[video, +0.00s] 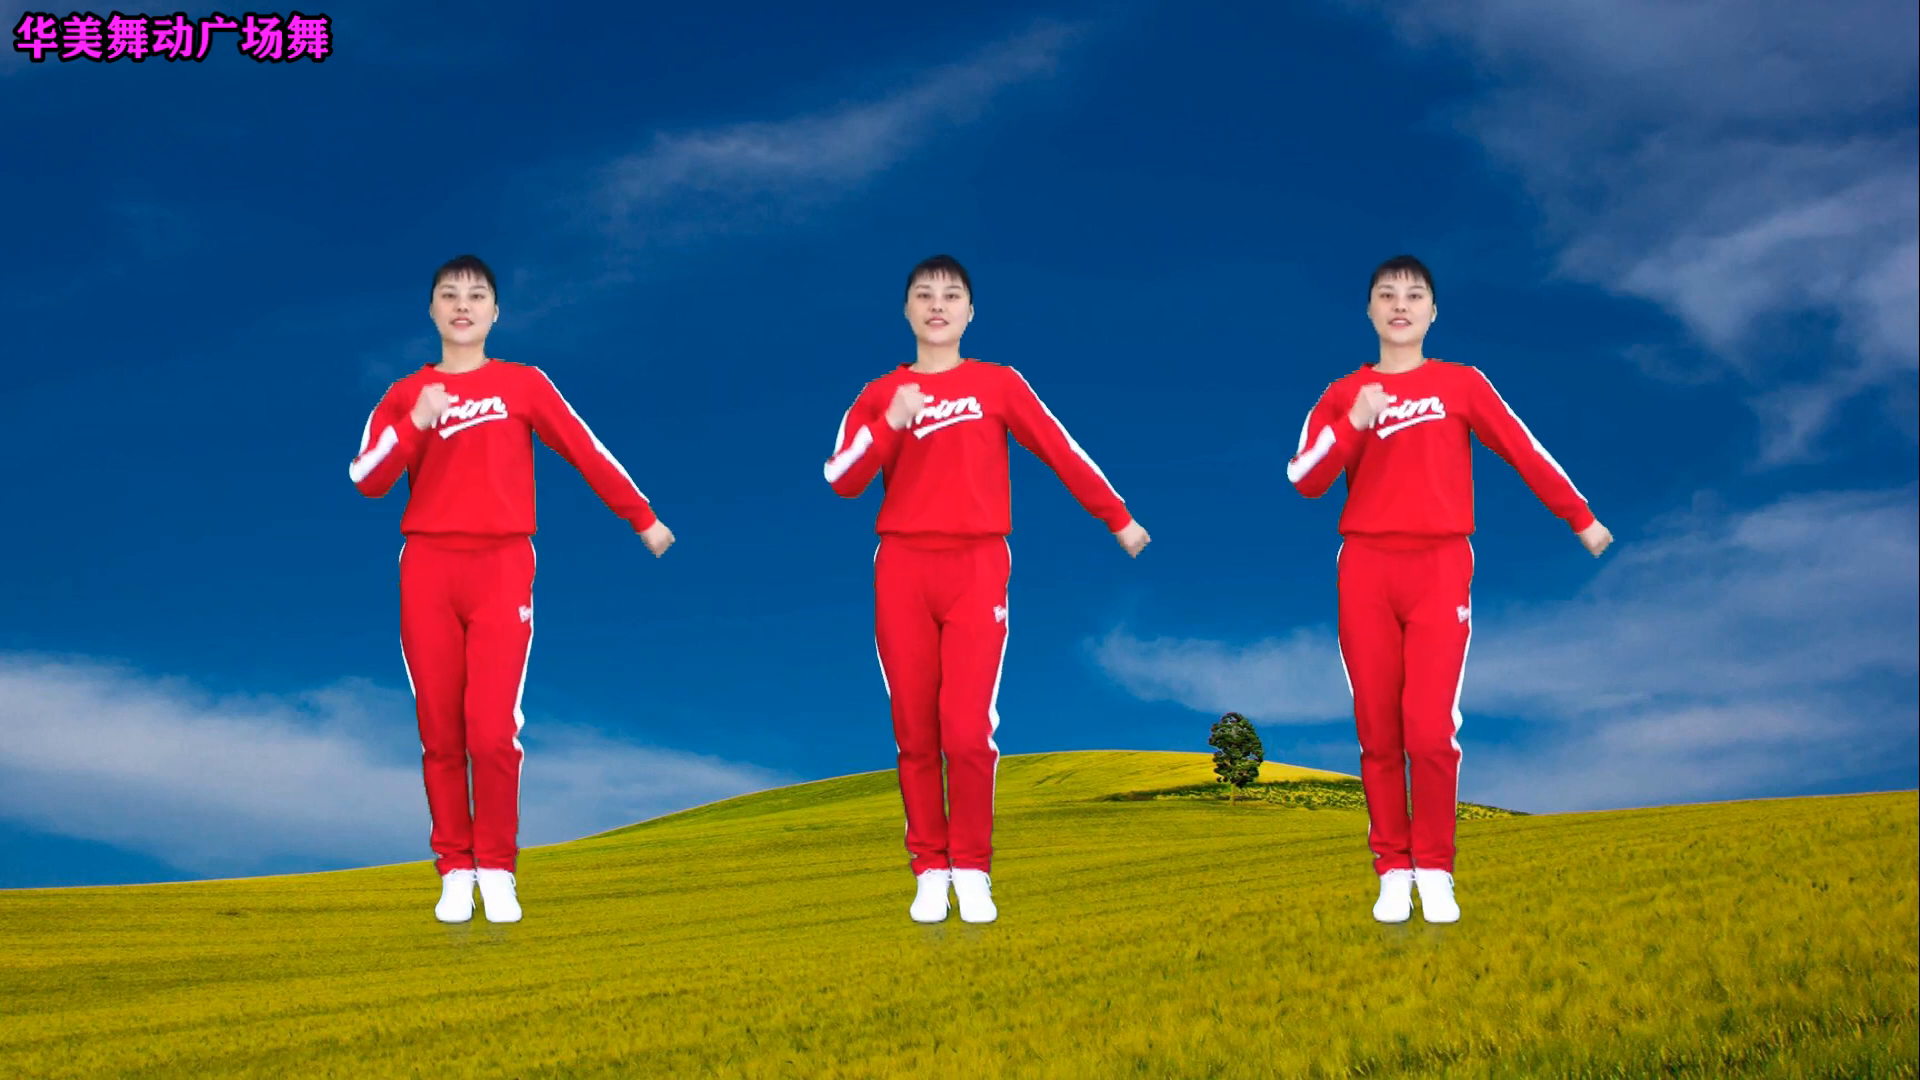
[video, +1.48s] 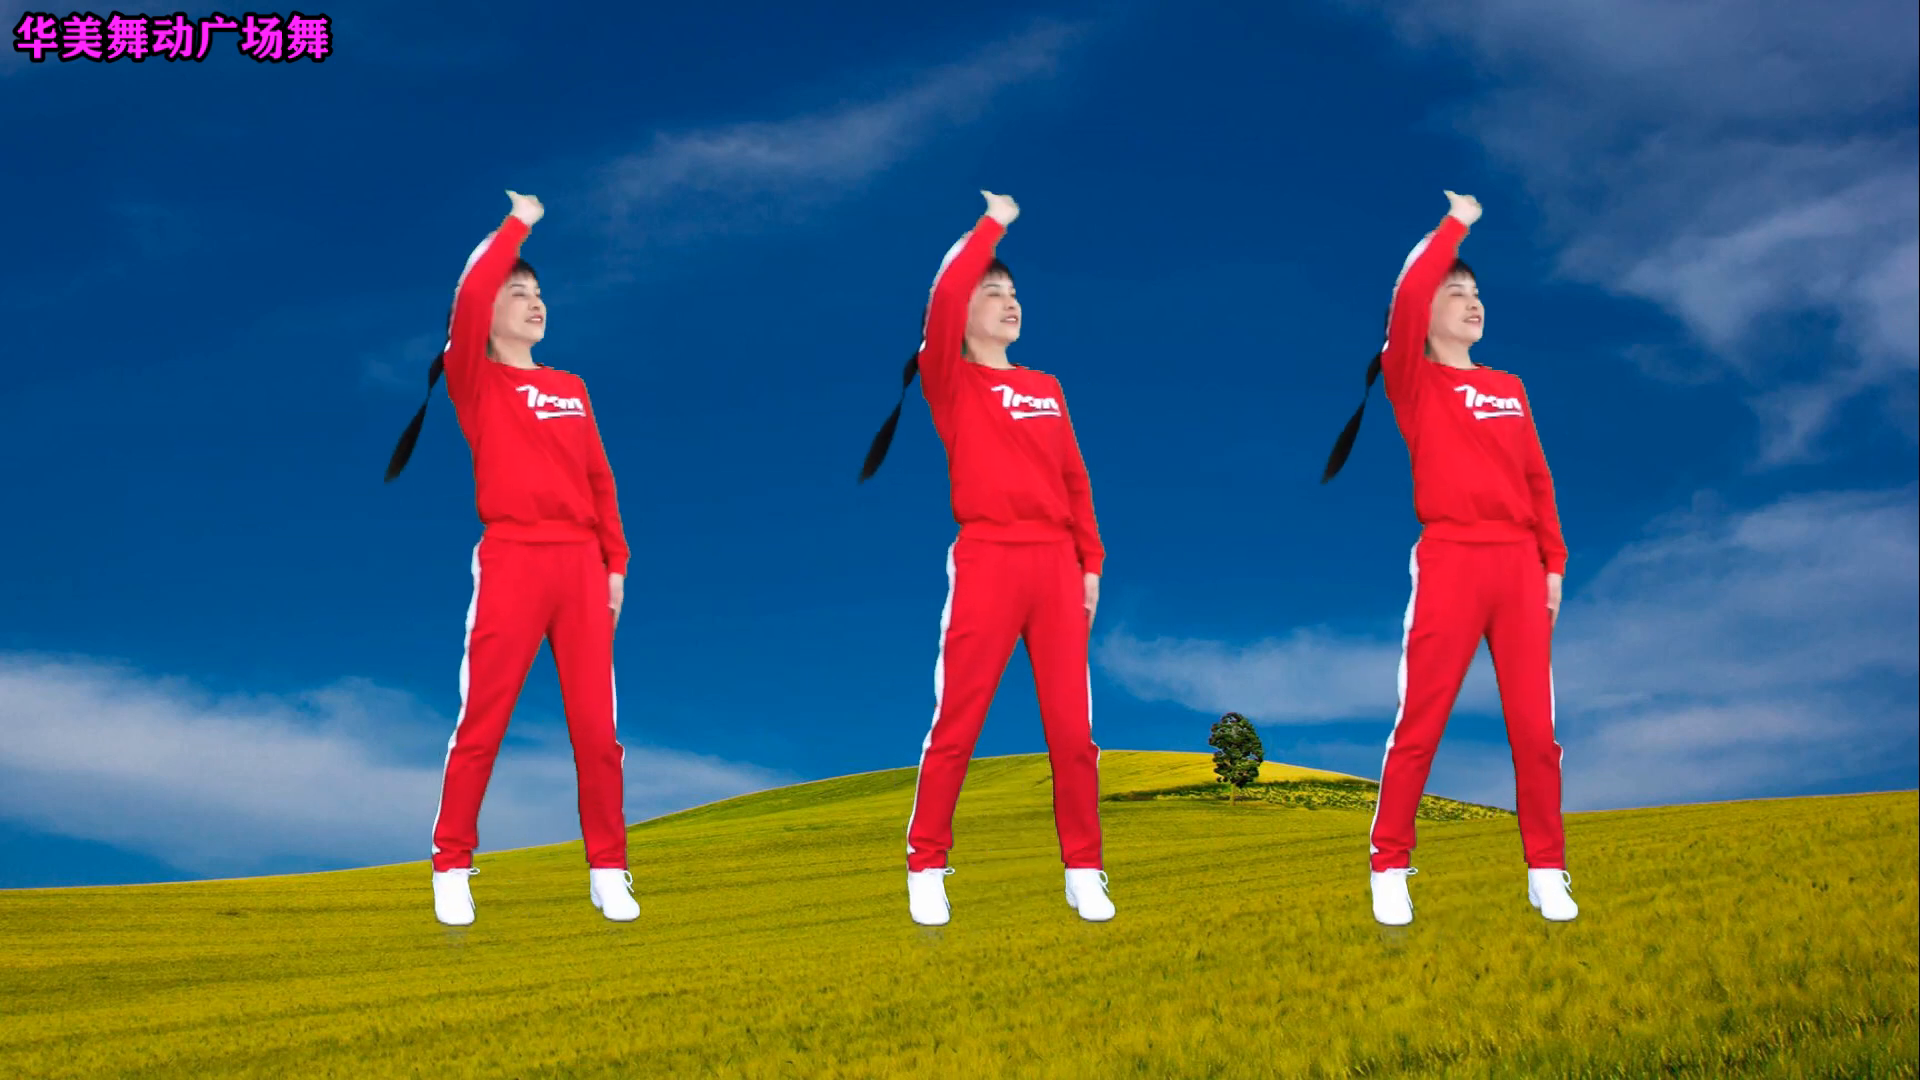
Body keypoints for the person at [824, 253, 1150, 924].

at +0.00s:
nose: (937, 306)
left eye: (951, 296)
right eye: (925, 296)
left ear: (969, 311)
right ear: (908, 310)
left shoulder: (1000, 383)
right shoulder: (879, 394)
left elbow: (1063, 452)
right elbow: (843, 481)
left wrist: (1119, 518)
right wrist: (888, 426)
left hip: (979, 566)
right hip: (902, 568)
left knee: (967, 729)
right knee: (915, 731)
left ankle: (971, 868)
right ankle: (929, 869)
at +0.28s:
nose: (946, 318)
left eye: (958, 308)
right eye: (933, 309)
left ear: (976, 320)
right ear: (916, 323)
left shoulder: (1007, 397)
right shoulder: (891, 408)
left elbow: (1019, 491)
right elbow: (883, 503)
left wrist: (1013, 578)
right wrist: (883, 589)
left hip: (995, 577)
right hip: (923, 579)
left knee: (989, 729)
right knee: (935, 714)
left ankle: (972, 868)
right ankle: (934, 811)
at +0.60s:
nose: (953, 295)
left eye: (964, 284)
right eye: (938, 287)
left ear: (983, 298)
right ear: (922, 305)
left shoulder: (1014, 376)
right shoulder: (899, 380)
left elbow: (1045, 462)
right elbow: (831, 442)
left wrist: (990, 412)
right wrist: (766, 504)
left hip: (999, 556)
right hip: (923, 557)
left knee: (989, 715)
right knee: (941, 713)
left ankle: (975, 862)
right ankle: (931, 848)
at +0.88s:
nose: (964, 300)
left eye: (971, 290)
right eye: (947, 292)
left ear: (982, 308)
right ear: (918, 311)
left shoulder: (1007, 386)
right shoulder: (892, 381)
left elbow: (1030, 469)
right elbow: (807, 421)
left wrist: (1031, 536)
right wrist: (714, 459)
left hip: (995, 563)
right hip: (922, 565)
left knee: (987, 724)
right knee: (927, 724)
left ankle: (974, 865)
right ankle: (925, 869)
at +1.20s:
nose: (975, 301)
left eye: (977, 291)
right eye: (958, 292)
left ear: (981, 310)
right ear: (922, 311)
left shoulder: (1006, 390)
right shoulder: (907, 378)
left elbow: (1026, 489)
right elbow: (964, 429)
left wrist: (1037, 567)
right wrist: (1059, 452)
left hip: (1002, 563)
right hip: (931, 560)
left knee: (1033, 708)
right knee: (929, 725)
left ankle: (1037, 832)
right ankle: (923, 866)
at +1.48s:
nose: (1009, 304)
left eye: (1013, 297)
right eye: (995, 297)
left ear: (1018, 315)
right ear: (963, 314)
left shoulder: (1044, 385)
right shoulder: (950, 377)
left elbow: (1076, 480)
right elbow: (947, 291)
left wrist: (1090, 563)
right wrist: (993, 221)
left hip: (1058, 562)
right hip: (986, 560)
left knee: (1072, 729)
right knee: (957, 726)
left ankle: (1085, 867)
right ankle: (926, 865)